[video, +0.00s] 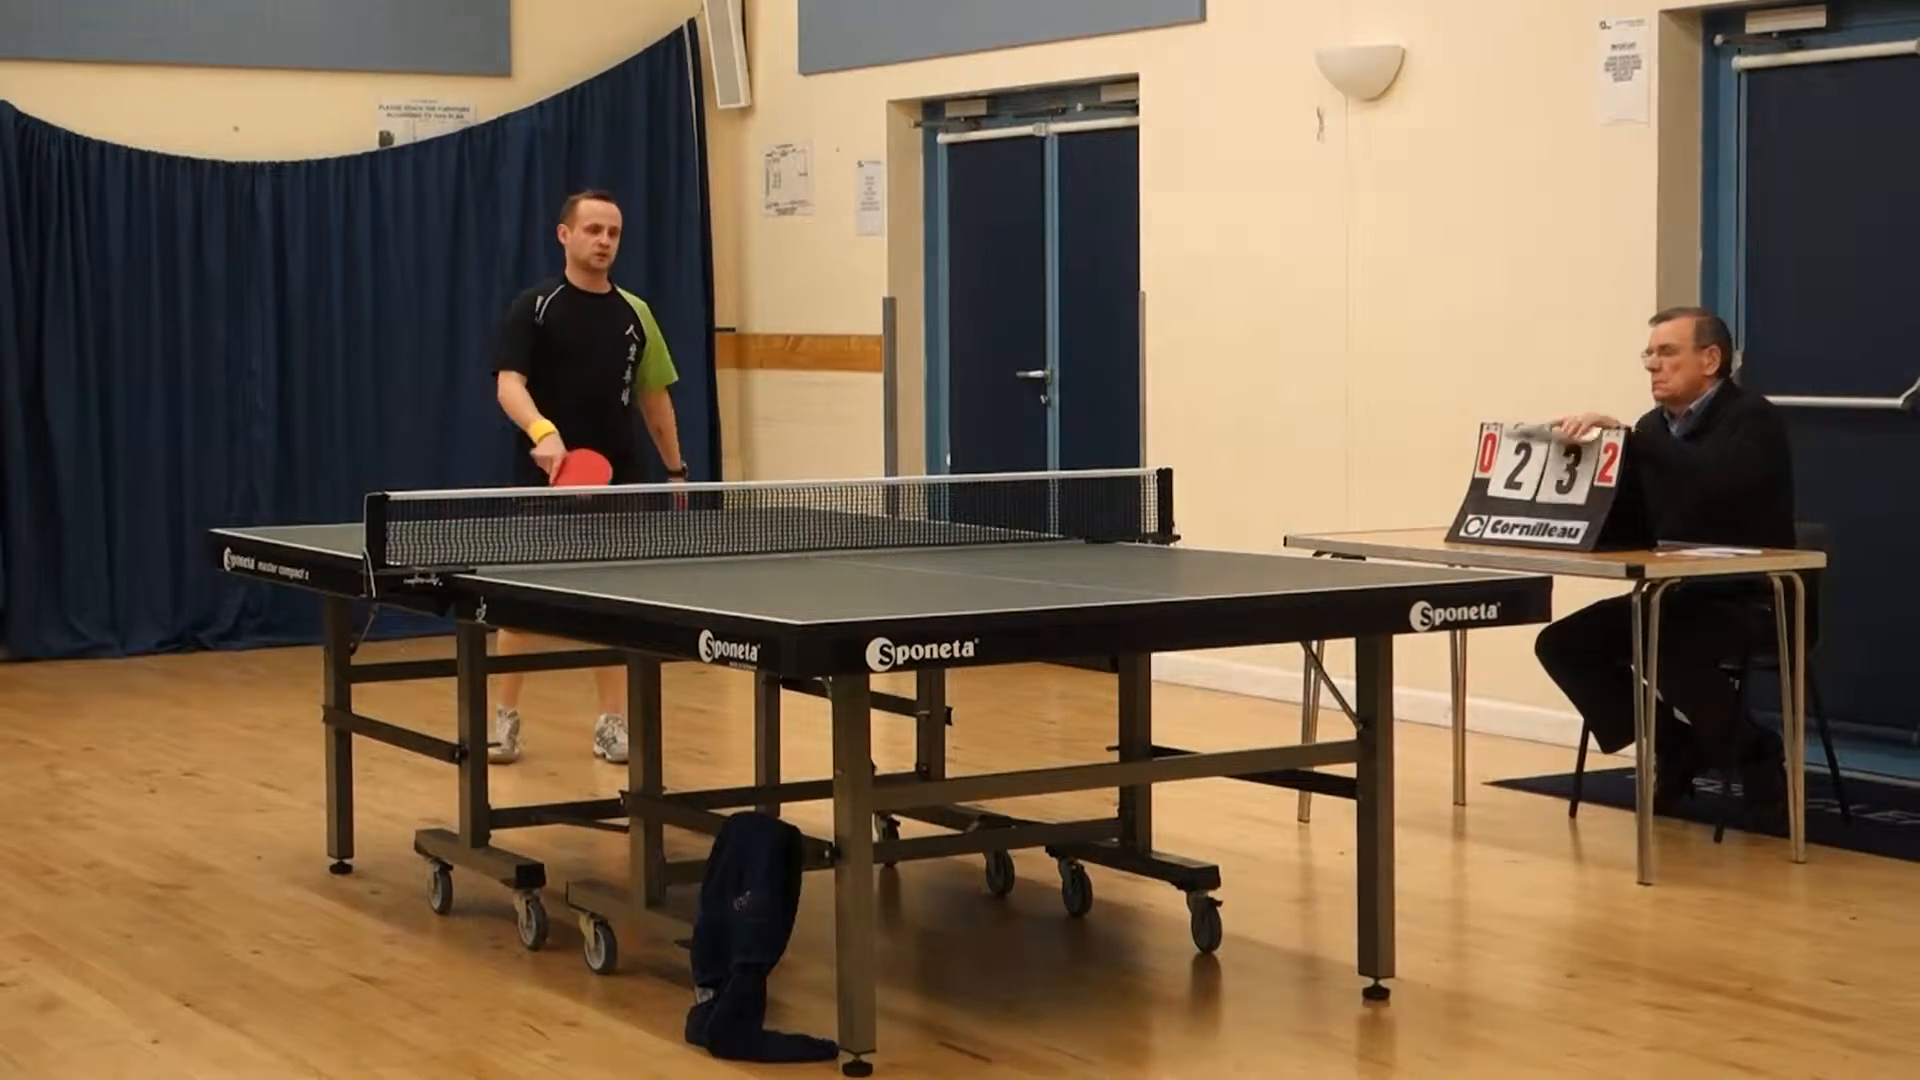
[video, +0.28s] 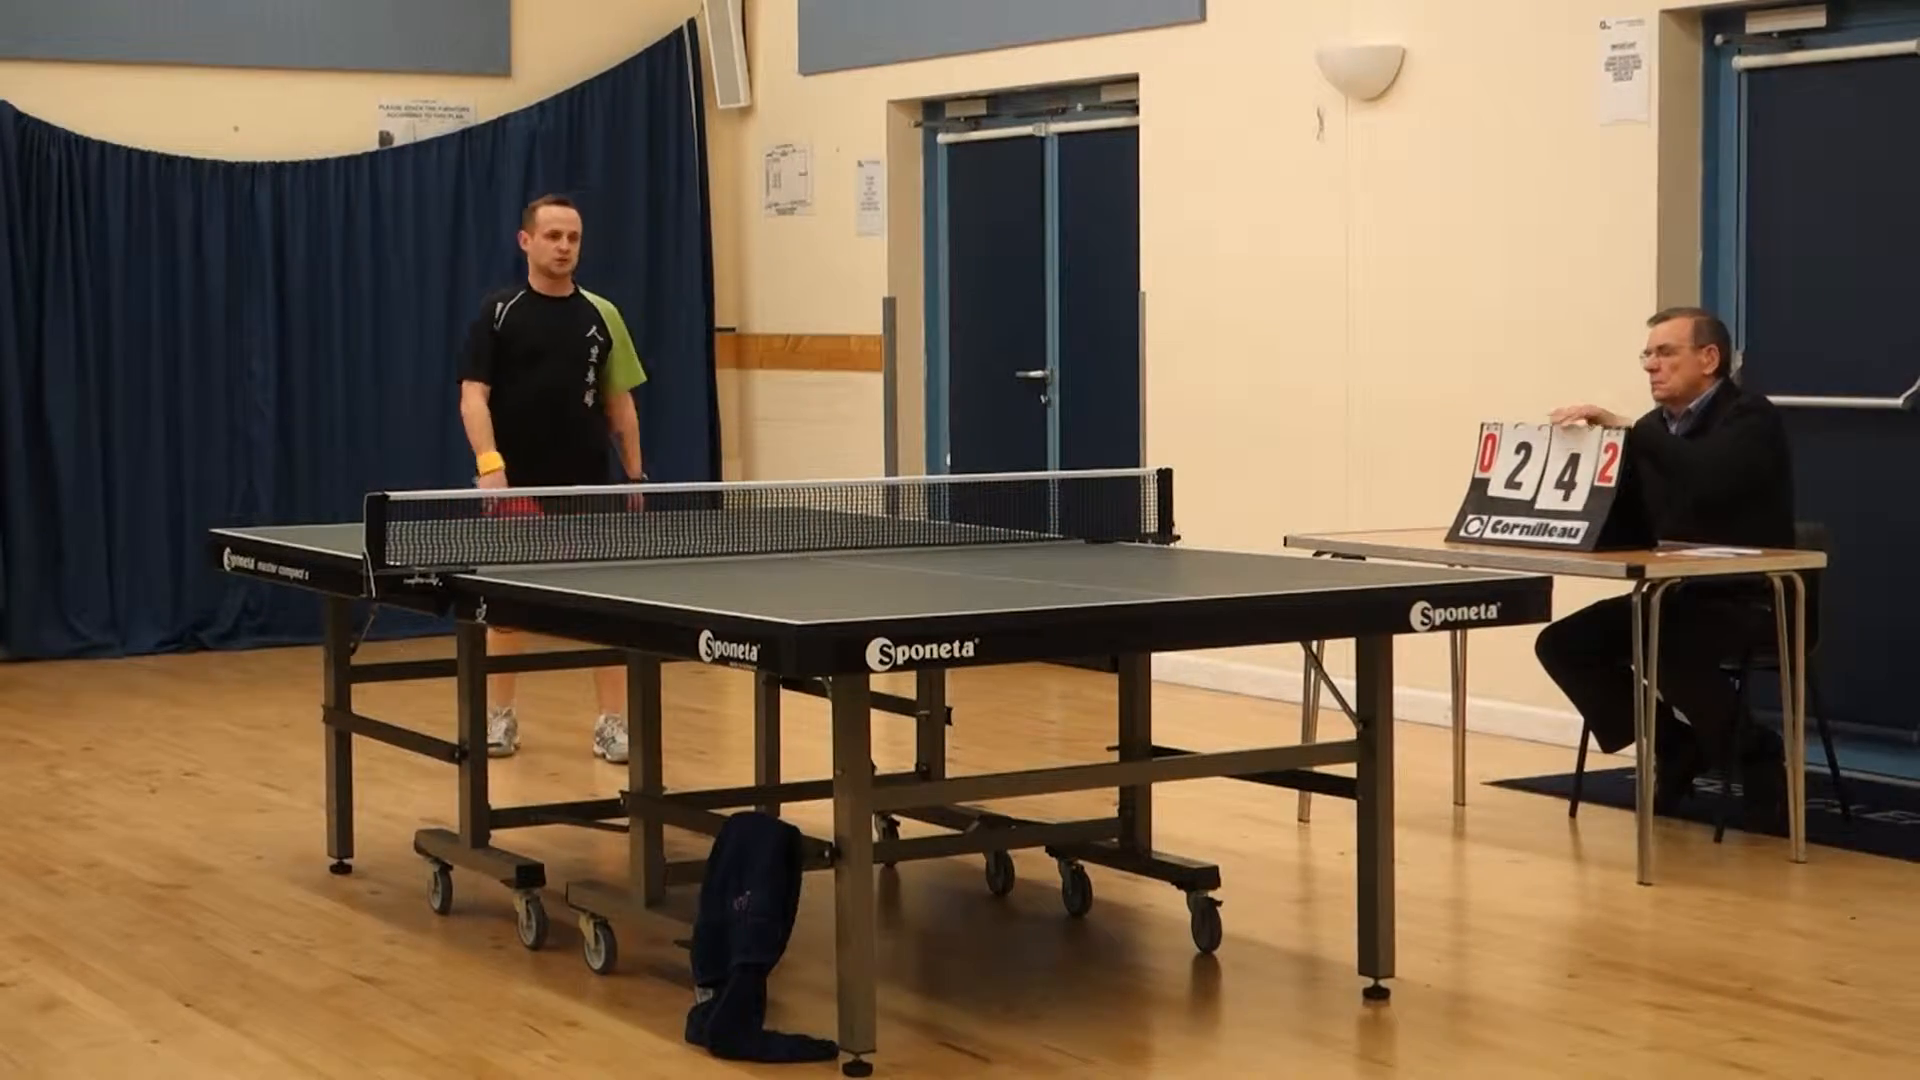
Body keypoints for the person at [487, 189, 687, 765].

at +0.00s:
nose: (604, 240)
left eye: (612, 232)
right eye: (593, 229)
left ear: (620, 241)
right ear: (564, 234)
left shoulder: (634, 312)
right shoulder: (532, 307)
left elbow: (654, 394)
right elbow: (508, 383)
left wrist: (675, 466)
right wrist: (540, 430)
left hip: (622, 485)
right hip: (544, 483)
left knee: (621, 602)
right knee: (520, 599)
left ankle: (613, 719)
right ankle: (504, 713)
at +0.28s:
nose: (564, 246)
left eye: (573, 237)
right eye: (553, 236)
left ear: (581, 244)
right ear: (526, 241)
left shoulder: (602, 315)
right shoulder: (497, 312)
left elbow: (620, 400)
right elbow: (473, 396)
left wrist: (635, 477)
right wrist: (489, 464)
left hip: (593, 490)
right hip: (518, 491)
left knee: (612, 608)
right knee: (505, 606)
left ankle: (613, 719)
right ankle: (500, 713)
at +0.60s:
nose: (528, 247)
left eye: (536, 237)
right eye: (516, 237)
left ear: (547, 243)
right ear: (491, 243)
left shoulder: (572, 310)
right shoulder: (463, 316)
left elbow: (590, 383)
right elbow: (426, 395)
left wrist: (580, 437)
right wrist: (402, 472)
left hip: (558, 485)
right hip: (486, 486)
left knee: (590, 600)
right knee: (496, 604)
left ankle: (606, 714)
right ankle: (498, 712)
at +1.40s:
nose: (558, 253)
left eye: (565, 244)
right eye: (547, 242)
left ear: (570, 248)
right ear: (516, 242)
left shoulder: (587, 315)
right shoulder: (482, 319)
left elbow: (608, 399)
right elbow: (459, 403)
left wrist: (622, 473)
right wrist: (464, 480)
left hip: (580, 490)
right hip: (503, 495)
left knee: (604, 606)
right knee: (500, 607)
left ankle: (612, 717)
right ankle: (500, 713)